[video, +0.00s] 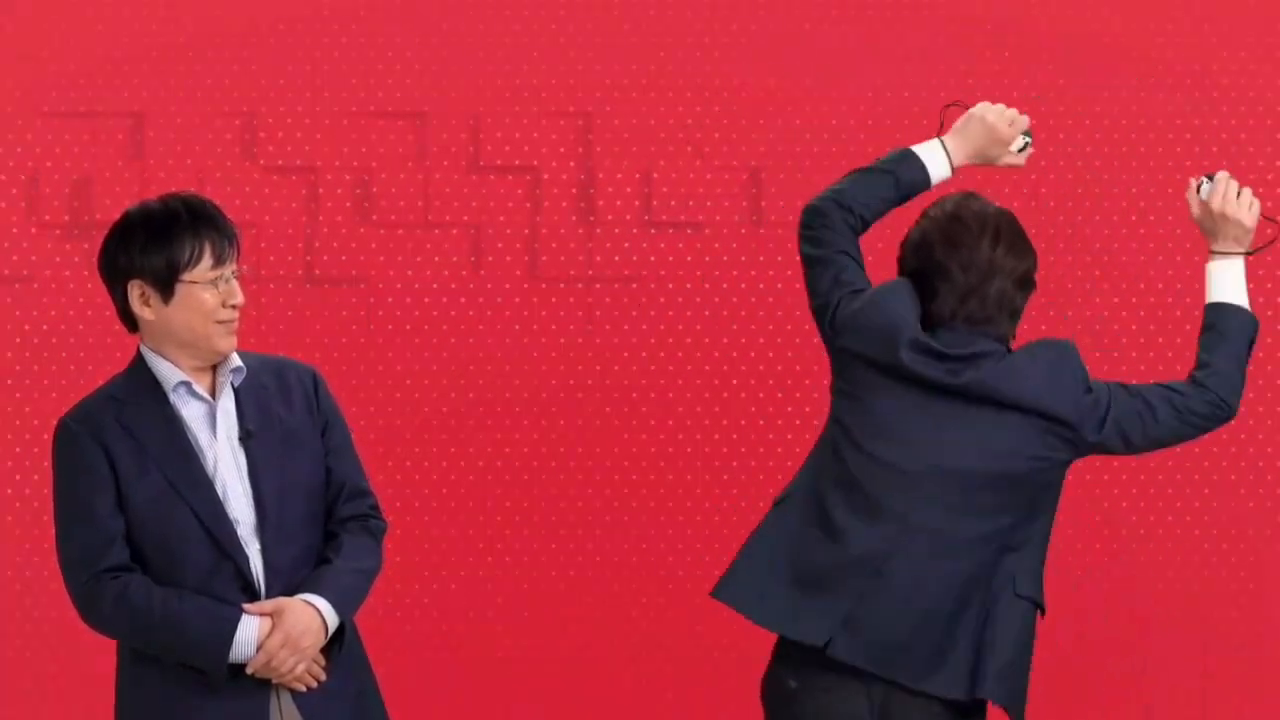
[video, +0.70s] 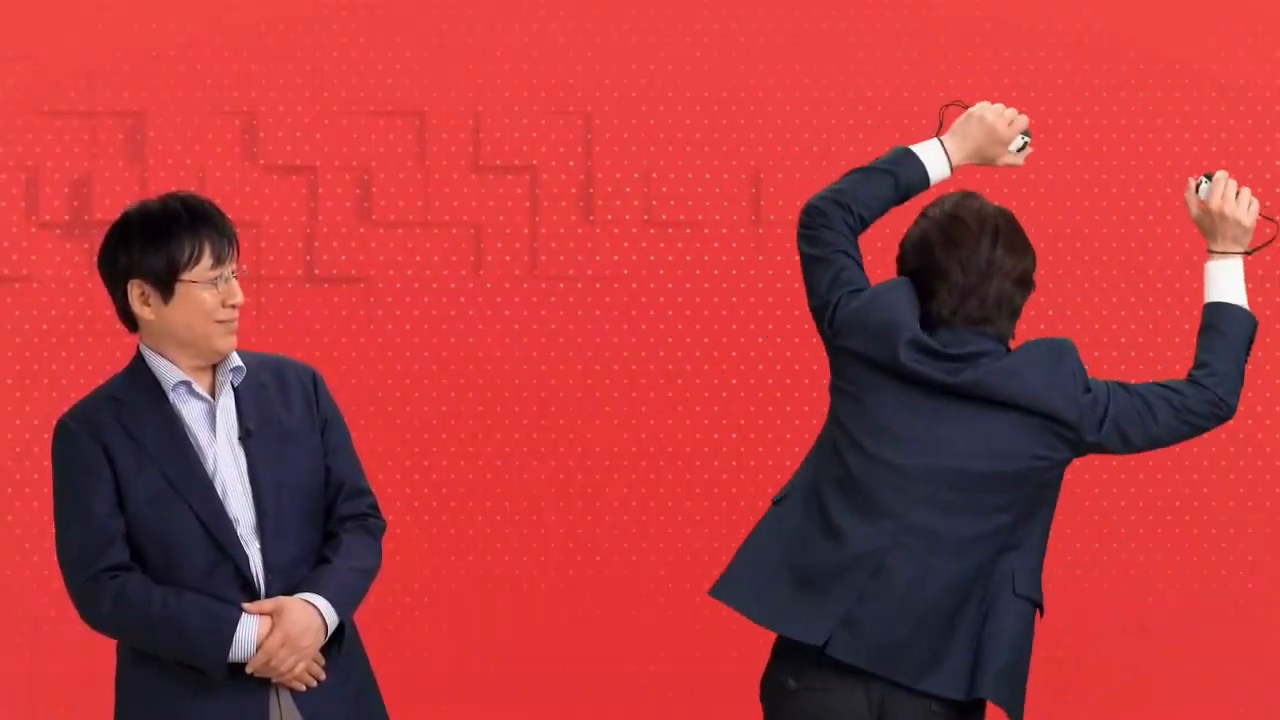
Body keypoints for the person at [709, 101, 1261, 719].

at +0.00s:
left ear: (911, 280)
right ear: (1020, 300)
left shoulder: (866, 344)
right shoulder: (1055, 405)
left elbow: (829, 218)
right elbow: (1213, 396)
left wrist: (951, 148)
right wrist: (1229, 255)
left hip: (813, 672)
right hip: (939, 694)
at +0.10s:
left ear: (906, 267)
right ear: (1017, 284)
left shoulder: (864, 331)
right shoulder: (1056, 390)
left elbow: (811, 202)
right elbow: (1213, 366)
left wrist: (923, 122)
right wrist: (1222, 219)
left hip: (815, 663)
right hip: (939, 687)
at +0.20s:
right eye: (1003, 244)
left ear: (886, 251)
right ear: (999, 259)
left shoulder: (847, 329)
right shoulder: (1052, 349)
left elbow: (744, 229)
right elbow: (1181, 271)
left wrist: (819, 112)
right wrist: (1133, 131)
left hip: (847, 664)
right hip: (975, 670)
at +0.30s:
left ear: (874, 279)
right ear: (982, 261)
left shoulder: (836, 370)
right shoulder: (1037, 336)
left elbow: (693, 309)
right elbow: (1107, 205)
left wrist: (712, 169)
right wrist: (1006, 103)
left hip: (885, 679)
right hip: (1015, 673)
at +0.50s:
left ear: (884, 260)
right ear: (992, 257)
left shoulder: (842, 335)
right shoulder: (1050, 340)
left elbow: (727, 245)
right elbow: (1163, 247)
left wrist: (786, 120)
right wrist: (1098, 118)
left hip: (858, 663)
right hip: (986, 667)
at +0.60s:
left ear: (905, 265)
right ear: (1017, 282)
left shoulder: (864, 329)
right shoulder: (1057, 386)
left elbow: (810, 203)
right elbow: (1211, 365)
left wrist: (924, 120)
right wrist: (1221, 219)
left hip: (814, 662)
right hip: (939, 688)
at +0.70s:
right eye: (1022, 283)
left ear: (911, 277)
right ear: (1019, 296)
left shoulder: (864, 341)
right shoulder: (1055, 401)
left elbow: (828, 217)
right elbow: (1212, 395)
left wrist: (949, 148)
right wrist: (1228, 255)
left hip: (812, 671)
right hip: (937, 693)